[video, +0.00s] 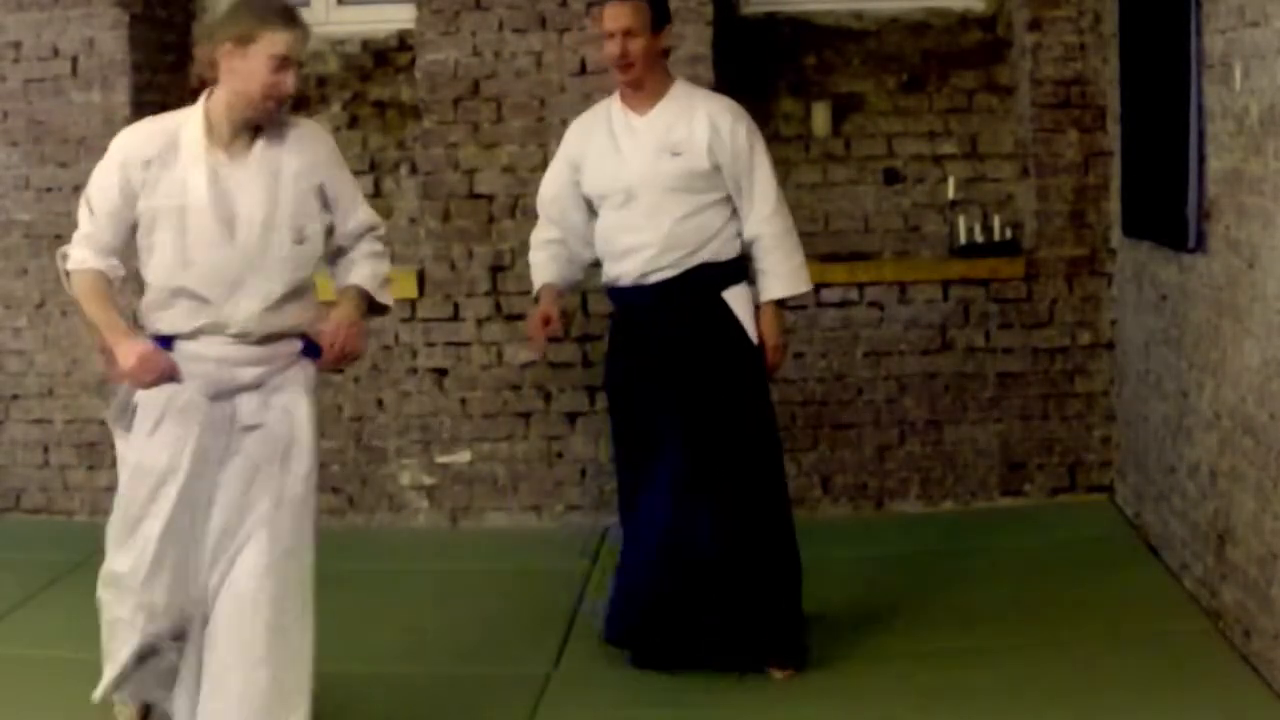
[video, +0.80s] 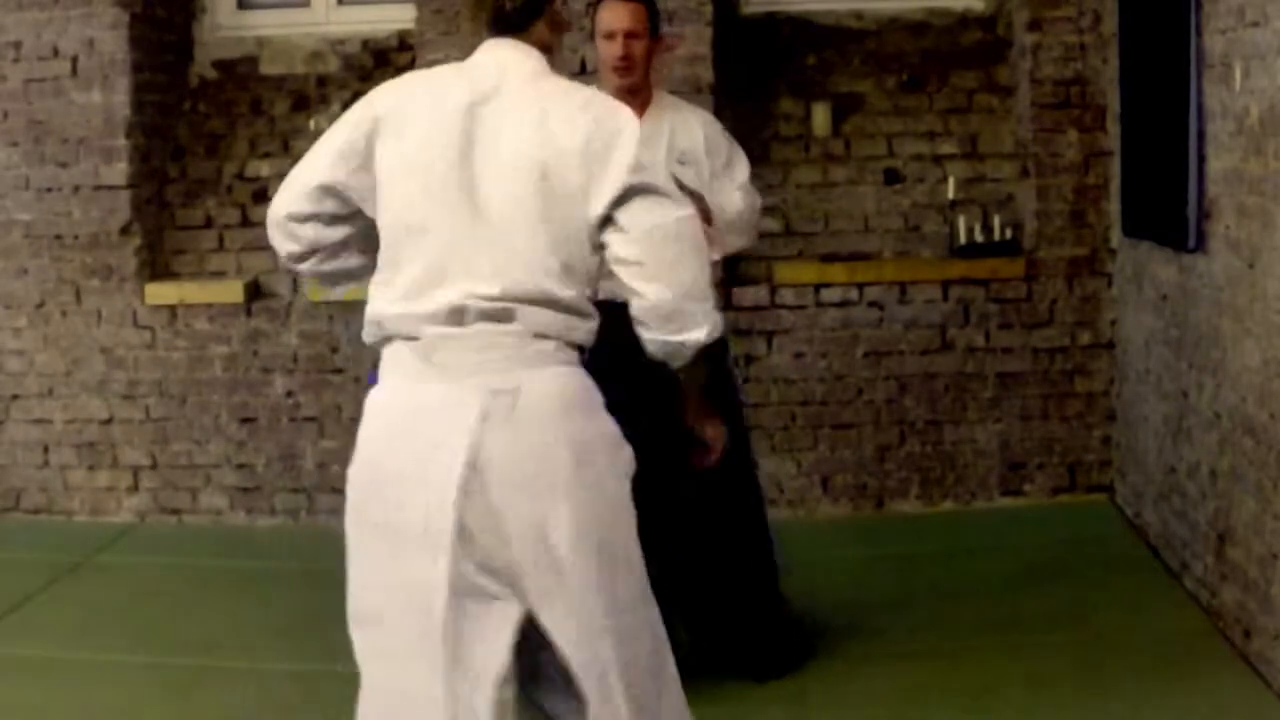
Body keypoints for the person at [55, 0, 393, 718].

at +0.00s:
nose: (289, 83)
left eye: (295, 68)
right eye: (277, 64)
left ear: (295, 75)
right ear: (223, 57)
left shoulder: (310, 148)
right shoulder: (141, 149)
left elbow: (366, 243)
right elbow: (85, 257)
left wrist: (353, 306)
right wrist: (122, 340)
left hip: (277, 389)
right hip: (172, 387)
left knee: (263, 579)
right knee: (151, 571)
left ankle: (249, 710)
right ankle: (140, 703)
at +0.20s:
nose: (388, 56)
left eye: (390, 40)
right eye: (379, 36)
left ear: (333, 39)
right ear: (321, 35)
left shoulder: (345, 149)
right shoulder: (227, 133)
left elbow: (324, 285)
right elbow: (150, 267)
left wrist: (366, 318)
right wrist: (238, 371)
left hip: (315, 392)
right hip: (232, 391)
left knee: (315, 594)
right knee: (217, 597)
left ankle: (301, 708)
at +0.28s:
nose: (427, 59)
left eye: (427, 42)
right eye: (418, 40)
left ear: (371, 41)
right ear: (364, 39)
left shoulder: (344, 131)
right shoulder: (292, 132)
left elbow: (304, 265)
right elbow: (231, 287)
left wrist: (379, 308)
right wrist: (306, 414)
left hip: (328, 387)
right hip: (271, 390)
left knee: (338, 596)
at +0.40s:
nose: (490, 74)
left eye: (487, 54)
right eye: (482, 53)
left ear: (411, 54)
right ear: (448, 53)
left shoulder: (335, 127)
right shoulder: (423, 162)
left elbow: (272, 251)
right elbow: (386, 339)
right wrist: (432, 472)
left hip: (280, 396)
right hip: (346, 411)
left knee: (295, 606)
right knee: (412, 612)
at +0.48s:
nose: (529, 85)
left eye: (528, 67)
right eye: (525, 66)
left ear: (444, 62)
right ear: (500, 64)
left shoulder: (366, 135)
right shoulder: (488, 157)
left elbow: (281, 259)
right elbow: (477, 338)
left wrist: (360, 307)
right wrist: (508, 493)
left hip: (315, 411)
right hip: (402, 424)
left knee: (332, 624)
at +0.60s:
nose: (568, 55)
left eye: (565, 39)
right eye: (566, 39)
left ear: (484, 41)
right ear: (550, 41)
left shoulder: (392, 121)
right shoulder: (550, 144)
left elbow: (301, 245)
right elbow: (573, 335)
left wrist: (377, 332)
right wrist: (614, 475)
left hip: (353, 409)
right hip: (465, 420)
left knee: (330, 655)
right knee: (537, 666)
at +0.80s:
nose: (579, 32)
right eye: (575, 20)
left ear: (481, 22)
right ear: (554, 22)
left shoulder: (393, 103)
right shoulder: (598, 121)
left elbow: (294, 227)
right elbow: (675, 297)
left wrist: (411, 250)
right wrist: (695, 403)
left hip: (407, 410)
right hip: (546, 411)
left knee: (411, 677)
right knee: (615, 673)